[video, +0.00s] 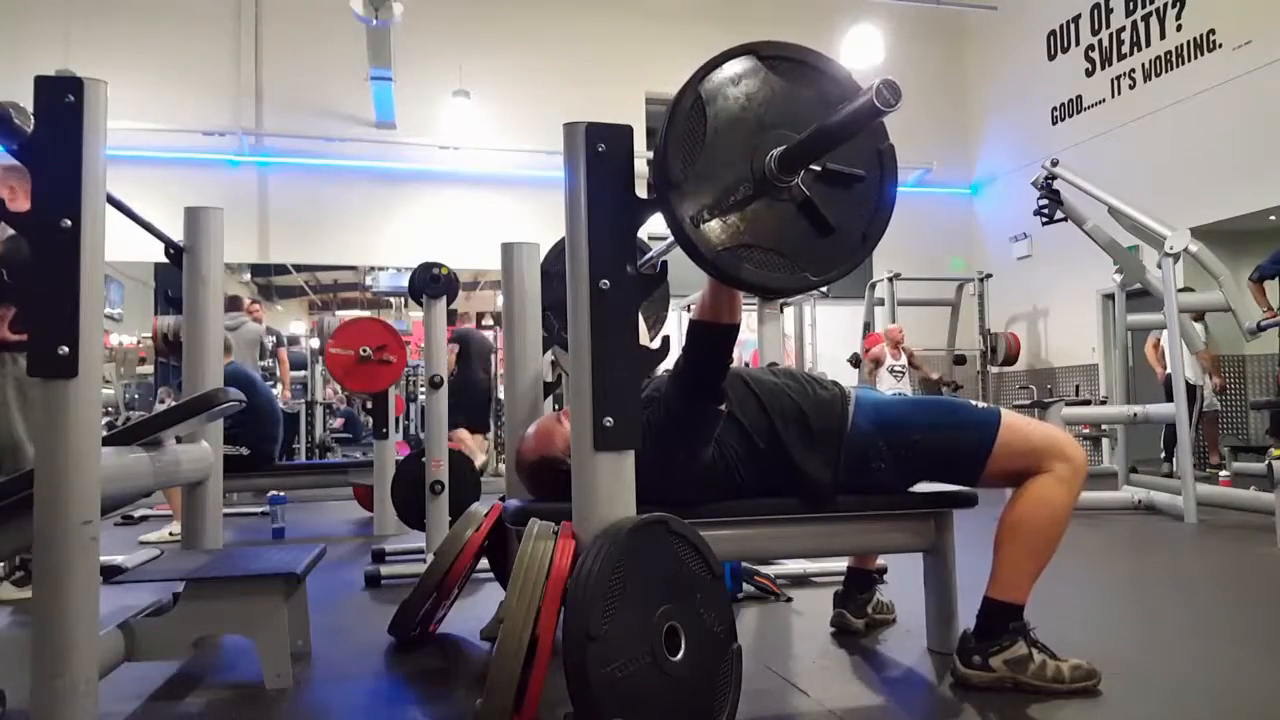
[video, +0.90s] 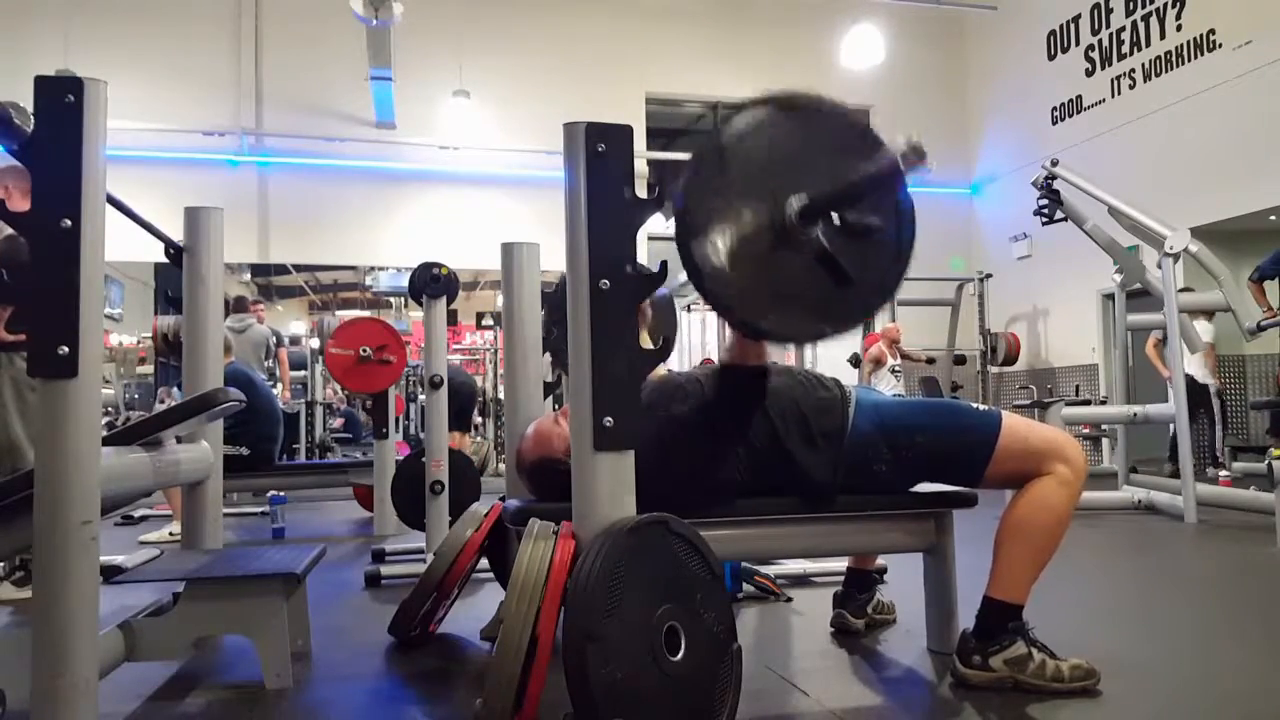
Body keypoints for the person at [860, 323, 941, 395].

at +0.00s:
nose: (903, 334)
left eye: (902, 332)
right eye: (900, 332)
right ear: (891, 336)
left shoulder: (906, 351)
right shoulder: (877, 352)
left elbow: (915, 365)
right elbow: (869, 372)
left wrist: (931, 374)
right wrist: (872, 391)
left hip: (906, 393)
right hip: (886, 393)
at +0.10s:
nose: (903, 334)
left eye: (903, 331)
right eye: (900, 332)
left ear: (892, 336)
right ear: (890, 336)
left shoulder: (905, 351)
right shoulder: (877, 352)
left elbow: (921, 365)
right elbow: (868, 373)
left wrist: (942, 375)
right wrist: (870, 394)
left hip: (906, 396)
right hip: (886, 397)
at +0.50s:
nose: (903, 335)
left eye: (903, 332)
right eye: (900, 333)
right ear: (890, 336)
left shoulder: (903, 351)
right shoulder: (878, 353)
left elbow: (924, 359)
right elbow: (868, 374)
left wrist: (946, 361)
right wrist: (872, 395)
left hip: (908, 397)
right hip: (889, 397)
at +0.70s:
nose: (901, 335)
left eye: (900, 333)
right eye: (898, 333)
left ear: (891, 337)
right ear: (888, 337)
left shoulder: (900, 351)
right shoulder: (877, 354)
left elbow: (919, 357)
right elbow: (867, 374)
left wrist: (936, 360)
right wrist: (871, 394)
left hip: (905, 398)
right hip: (888, 399)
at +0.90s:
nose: (900, 334)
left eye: (899, 331)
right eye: (897, 332)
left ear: (888, 335)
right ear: (887, 334)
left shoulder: (896, 349)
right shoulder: (875, 351)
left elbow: (910, 355)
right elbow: (866, 373)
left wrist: (925, 359)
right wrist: (865, 394)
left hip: (900, 397)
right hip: (884, 398)